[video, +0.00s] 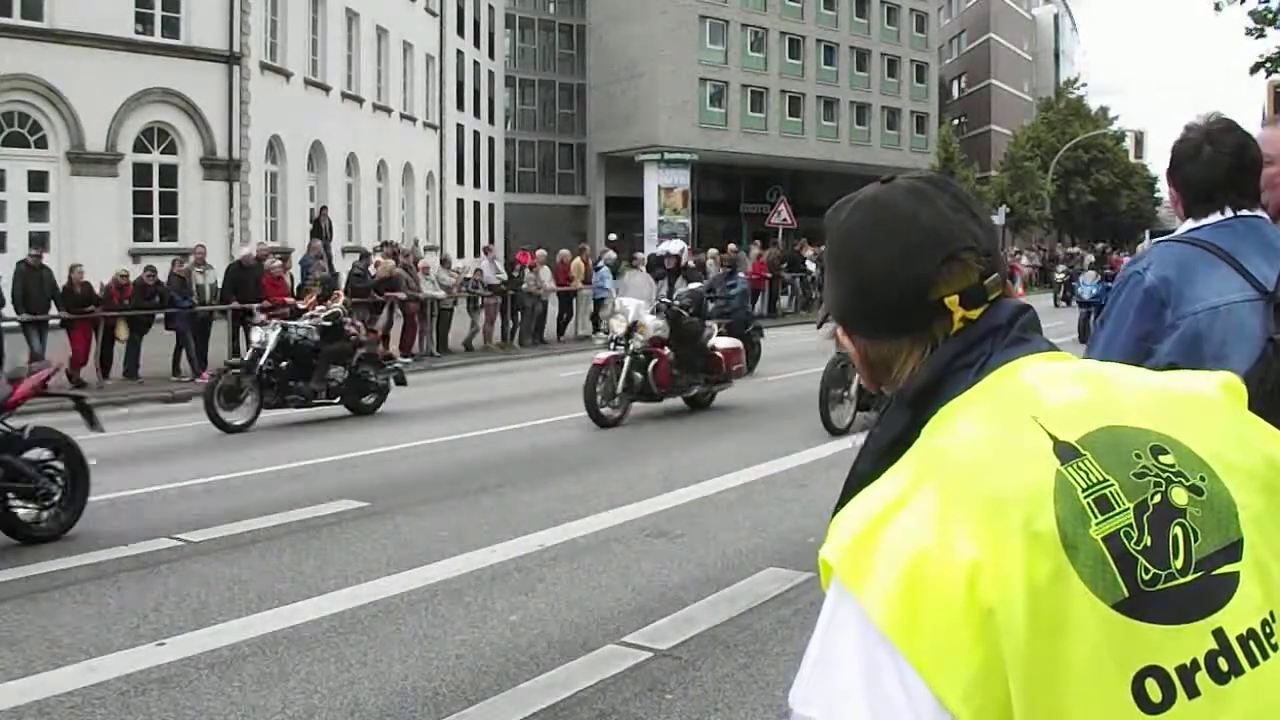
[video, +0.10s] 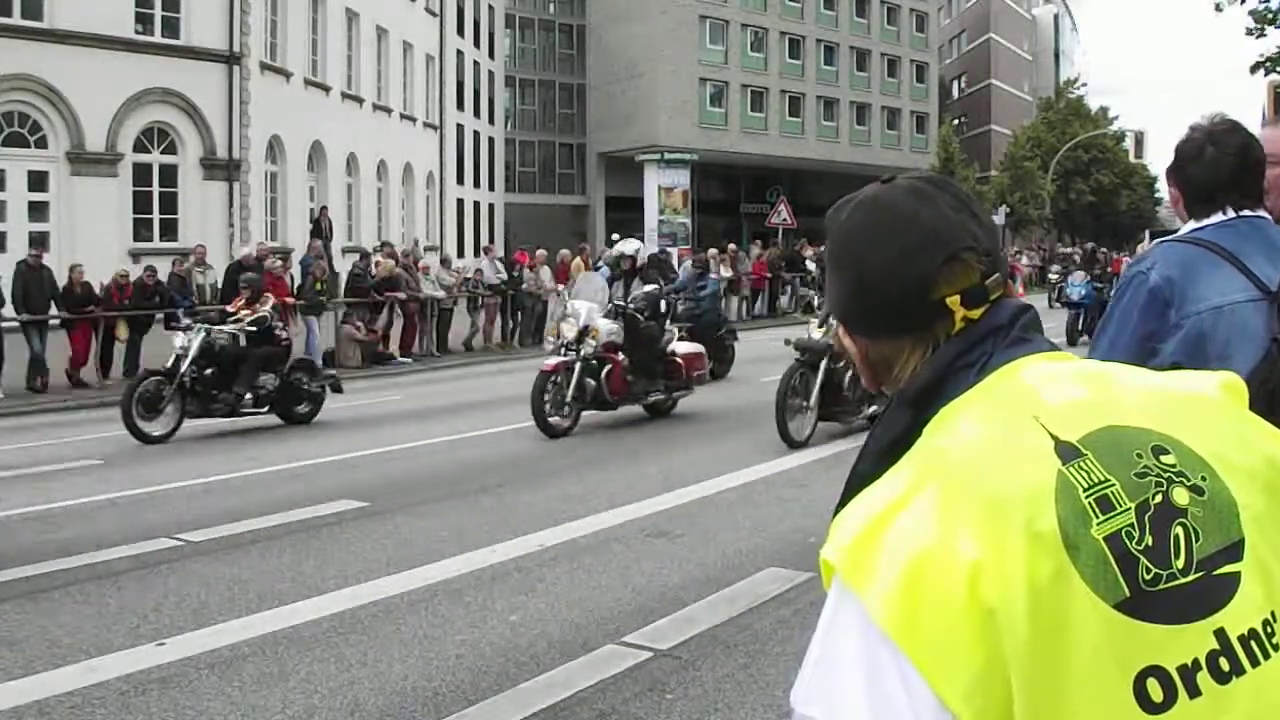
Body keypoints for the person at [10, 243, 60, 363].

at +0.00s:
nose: (37, 259)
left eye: (40, 256)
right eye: (35, 255)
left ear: (42, 255)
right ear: (29, 254)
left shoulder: (46, 271)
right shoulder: (21, 268)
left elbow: (54, 291)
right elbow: (16, 291)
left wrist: (61, 309)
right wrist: (21, 312)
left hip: (43, 314)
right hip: (27, 314)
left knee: (41, 350)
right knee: (36, 349)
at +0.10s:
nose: (37, 260)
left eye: (39, 256)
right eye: (34, 256)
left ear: (42, 256)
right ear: (28, 255)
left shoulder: (46, 271)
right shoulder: (21, 269)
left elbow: (55, 291)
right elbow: (16, 292)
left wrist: (61, 309)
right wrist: (20, 311)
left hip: (43, 314)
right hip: (27, 314)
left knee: (39, 349)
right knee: (36, 348)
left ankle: (31, 380)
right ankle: (43, 375)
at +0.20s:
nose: (36, 260)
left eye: (38, 257)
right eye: (33, 256)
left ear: (42, 257)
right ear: (28, 255)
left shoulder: (47, 271)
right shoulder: (21, 269)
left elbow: (55, 291)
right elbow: (16, 291)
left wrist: (62, 309)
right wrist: (21, 311)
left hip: (43, 315)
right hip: (27, 315)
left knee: (39, 350)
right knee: (36, 349)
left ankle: (31, 381)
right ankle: (45, 378)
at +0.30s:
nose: (34, 259)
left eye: (37, 256)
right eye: (32, 256)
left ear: (41, 257)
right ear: (28, 256)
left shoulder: (47, 271)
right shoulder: (21, 269)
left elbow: (54, 291)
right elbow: (17, 292)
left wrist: (60, 307)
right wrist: (21, 312)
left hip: (43, 314)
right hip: (27, 315)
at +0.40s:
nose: (35, 259)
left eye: (38, 257)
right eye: (33, 256)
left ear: (42, 257)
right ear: (28, 256)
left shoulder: (46, 271)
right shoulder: (21, 269)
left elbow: (55, 291)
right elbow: (16, 292)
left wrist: (61, 309)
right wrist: (21, 312)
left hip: (43, 314)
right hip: (27, 314)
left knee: (39, 349)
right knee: (36, 349)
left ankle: (31, 378)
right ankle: (43, 376)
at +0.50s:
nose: (35, 259)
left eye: (38, 257)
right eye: (32, 256)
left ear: (41, 257)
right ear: (28, 256)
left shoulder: (46, 271)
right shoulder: (21, 270)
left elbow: (55, 292)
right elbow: (16, 292)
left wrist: (62, 310)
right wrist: (20, 312)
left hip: (43, 315)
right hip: (27, 315)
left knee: (39, 351)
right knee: (36, 349)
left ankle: (31, 382)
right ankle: (43, 374)